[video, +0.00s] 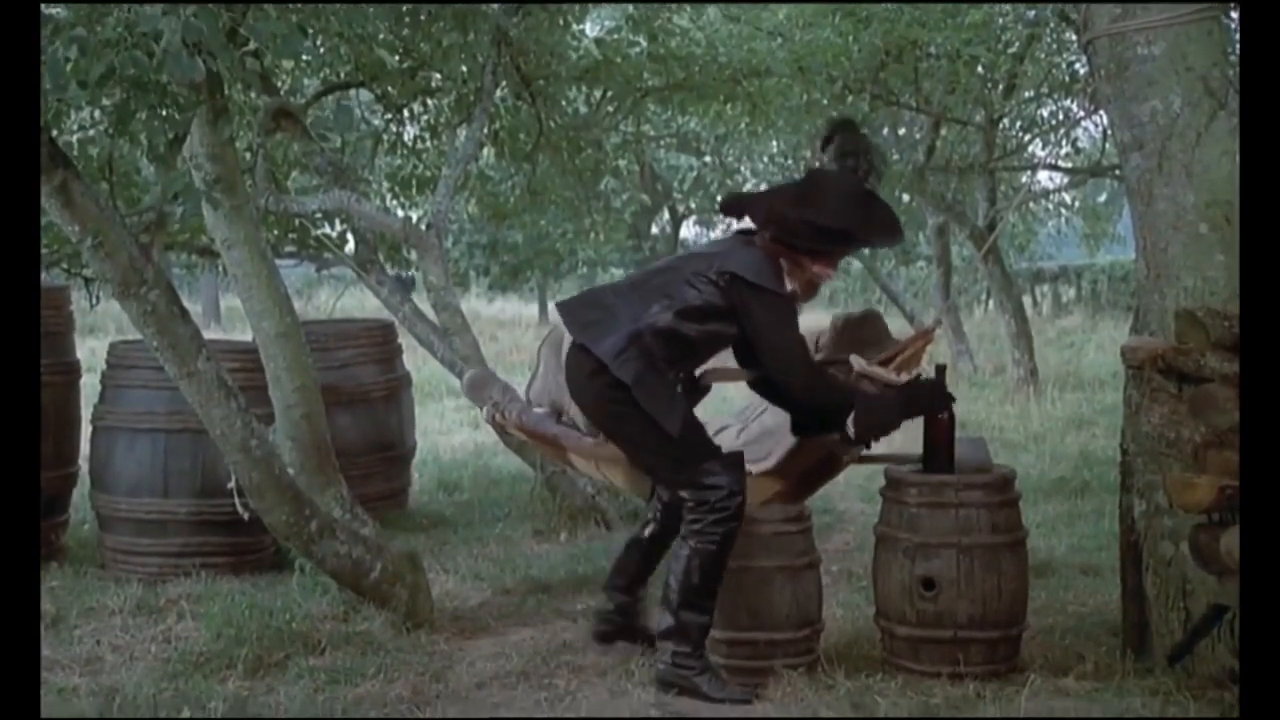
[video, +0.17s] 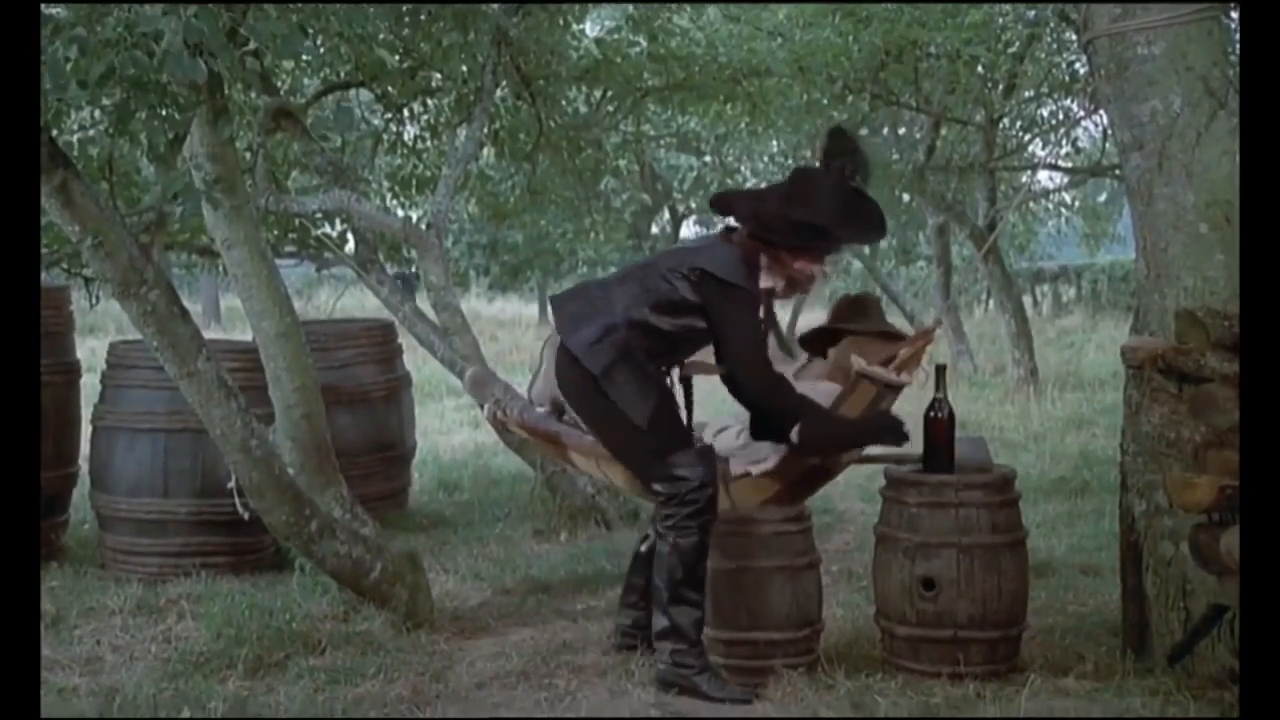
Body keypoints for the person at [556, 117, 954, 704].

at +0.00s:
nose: (830, 276)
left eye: (834, 264)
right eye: (828, 262)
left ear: (777, 236)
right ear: (796, 251)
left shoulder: (738, 258)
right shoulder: (756, 276)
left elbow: (767, 374)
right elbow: (799, 380)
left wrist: (841, 408)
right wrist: (879, 402)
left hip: (595, 361)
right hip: (616, 372)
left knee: (689, 481)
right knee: (718, 487)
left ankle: (618, 608)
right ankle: (685, 658)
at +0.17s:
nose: (819, 271)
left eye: (823, 259)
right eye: (814, 257)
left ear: (772, 242)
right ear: (782, 249)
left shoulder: (730, 262)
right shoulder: (731, 274)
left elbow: (746, 372)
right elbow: (752, 379)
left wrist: (791, 421)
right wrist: (845, 428)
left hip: (595, 353)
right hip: (597, 360)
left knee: (684, 475)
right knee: (689, 483)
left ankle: (640, 618)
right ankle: (682, 662)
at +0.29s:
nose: (808, 269)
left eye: (814, 257)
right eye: (803, 255)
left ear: (778, 246)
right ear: (769, 242)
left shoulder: (743, 276)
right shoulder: (711, 275)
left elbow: (730, 386)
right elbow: (732, 397)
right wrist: (817, 459)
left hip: (625, 352)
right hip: (587, 349)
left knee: (690, 469)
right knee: (669, 472)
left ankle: (636, 621)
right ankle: (647, 640)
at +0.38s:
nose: (805, 271)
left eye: (810, 258)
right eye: (799, 257)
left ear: (774, 251)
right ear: (762, 246)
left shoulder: (746, 280)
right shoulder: (709, 279)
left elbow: (717, 376)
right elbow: (722, 402)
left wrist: (720, 434)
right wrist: (786, 492)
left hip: (631, 359)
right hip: (584, 352)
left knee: (687, 480)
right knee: (653, 484)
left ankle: (641, 620)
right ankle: (611, 650)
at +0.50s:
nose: (800, 299)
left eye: (808, 285)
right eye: (795, 282)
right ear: (760, 268)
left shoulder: (729, 297)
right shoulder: (704, 304)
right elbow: (710, 442)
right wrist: (742, 538)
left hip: (630, 365)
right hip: (575, 358)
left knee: (689, 481)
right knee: (639, 485)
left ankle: (654, 619)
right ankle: (606, 652)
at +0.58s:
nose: (807, 334)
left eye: (817, 322)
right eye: (808, 317)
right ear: (778, 303)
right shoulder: (703, 333)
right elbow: (702, 465)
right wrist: (728, 567)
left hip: (634, 371)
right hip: (571, 361)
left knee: (681, 489)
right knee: (630, 494)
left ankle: (663, 619)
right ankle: (603, 651)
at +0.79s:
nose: (799, 398)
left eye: (804, 387)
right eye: (796, 383)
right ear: (766, 361)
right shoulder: (702, 378)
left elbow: (705, 491)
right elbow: (694, 507)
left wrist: (734, 601)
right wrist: (725, 621)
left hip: (626, 376)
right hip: (568, 376)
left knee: (679, 491)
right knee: (634, 496)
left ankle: (664, 616)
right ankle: (603, 650)